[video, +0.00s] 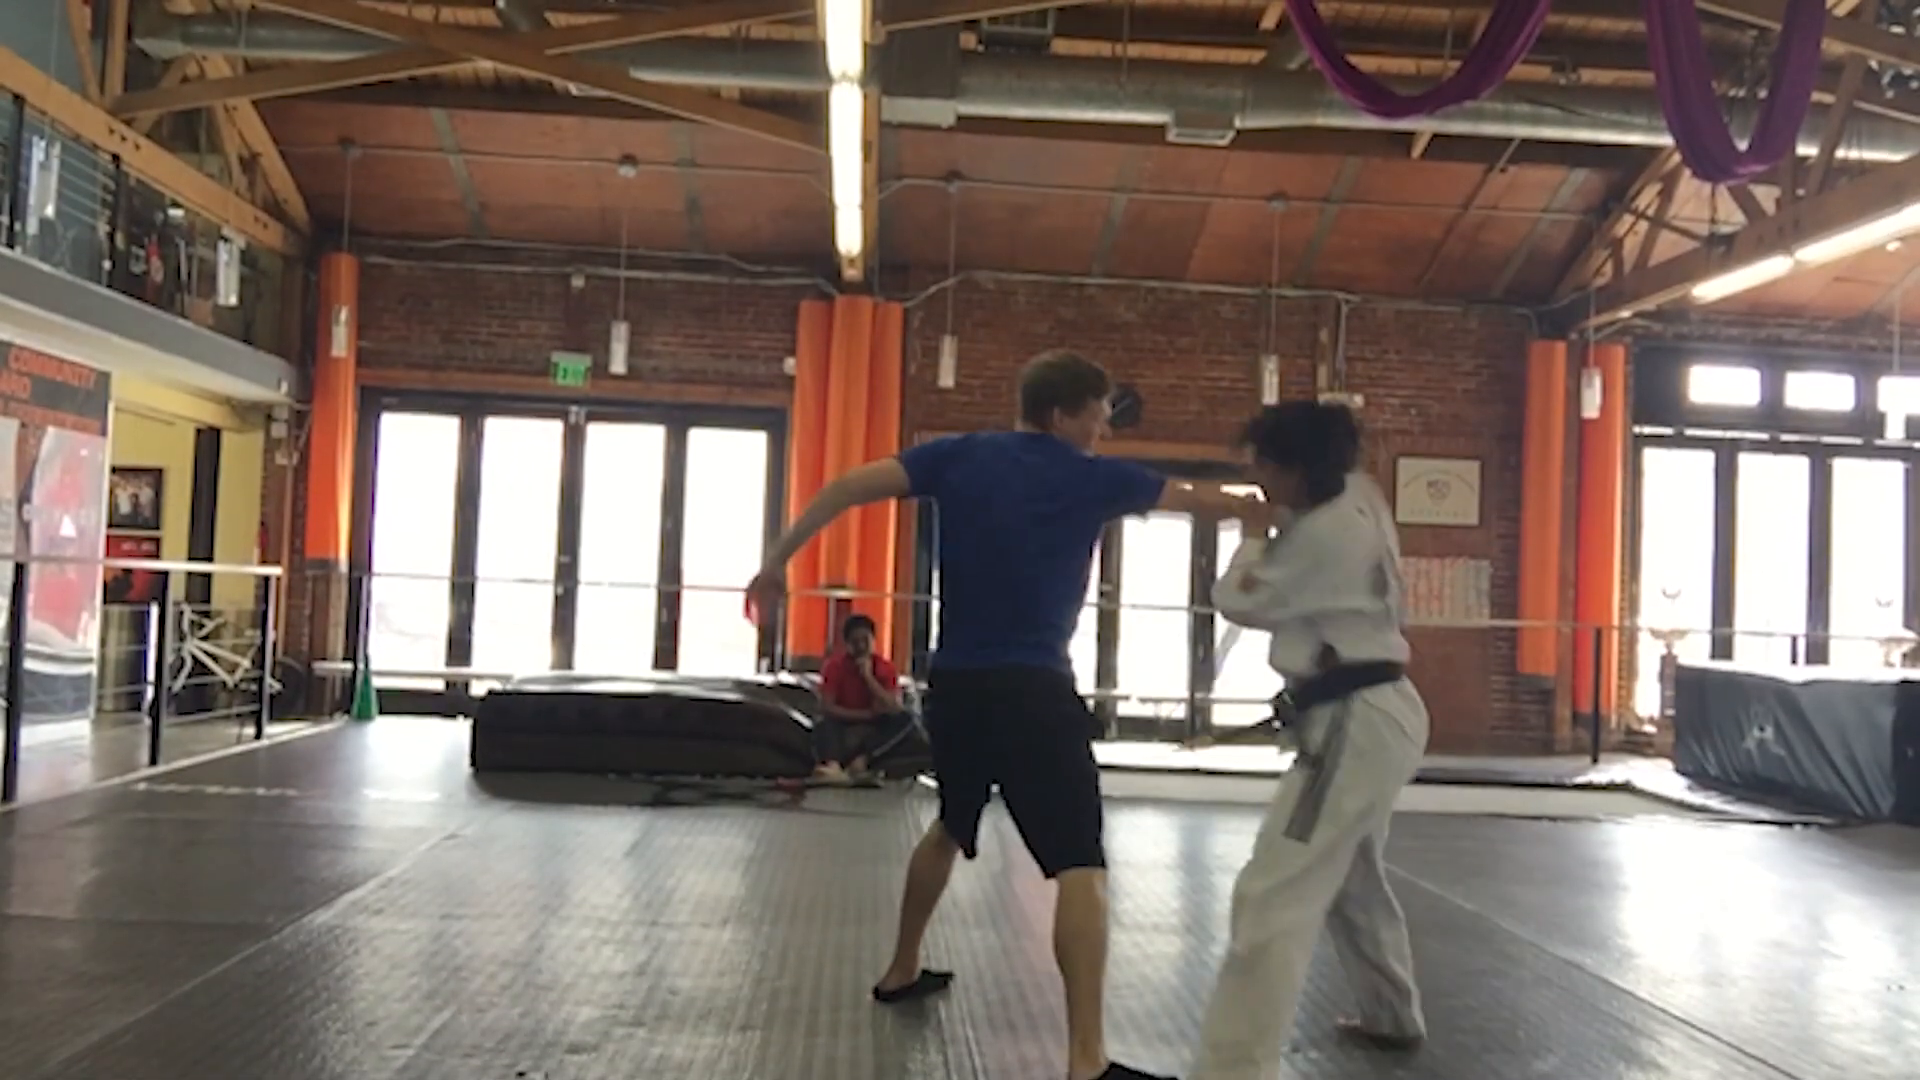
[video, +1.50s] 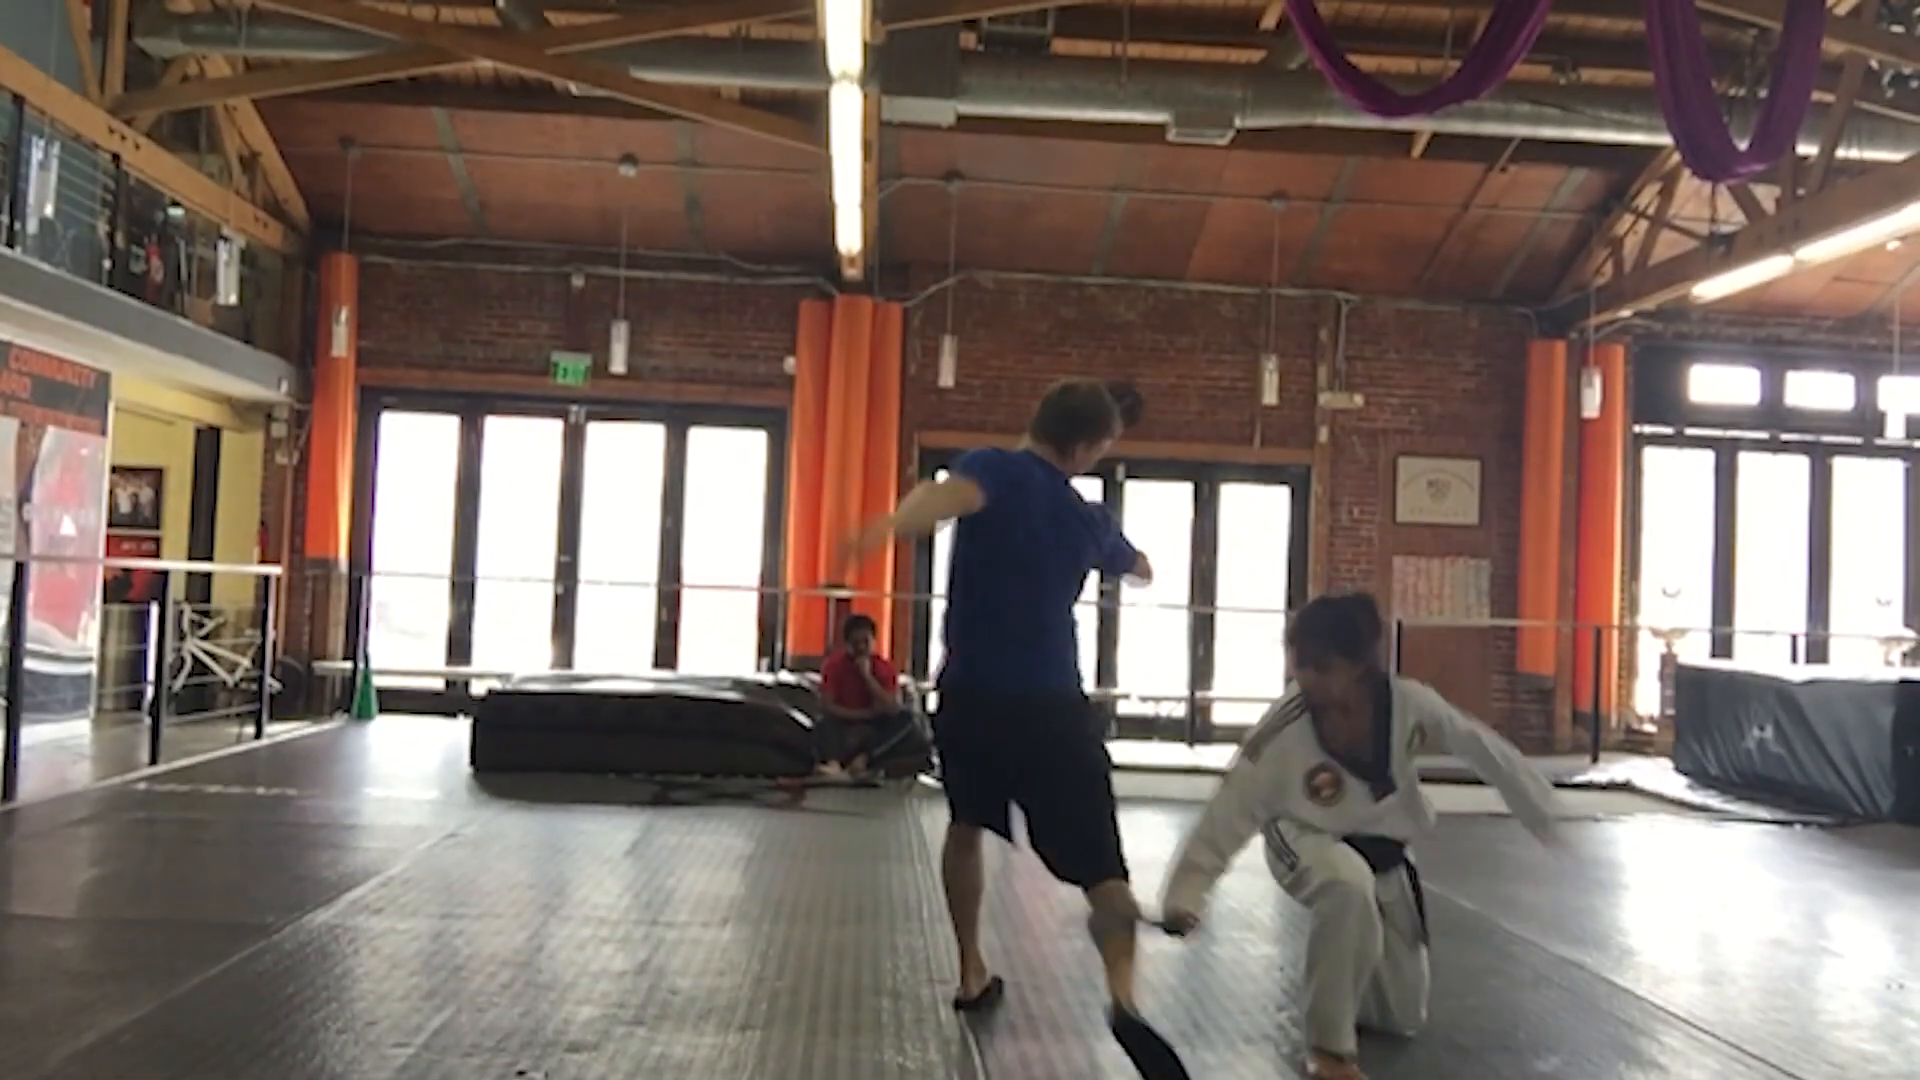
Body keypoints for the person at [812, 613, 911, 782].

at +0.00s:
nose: (861, 646)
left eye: (865, 640)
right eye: (855, 641)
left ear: (872, 640)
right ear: (846, 643)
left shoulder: (885, 668)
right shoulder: (834, 667)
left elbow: (893, 707)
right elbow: (827, 708)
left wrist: (868, 676)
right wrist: (868, 713)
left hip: (875, 720)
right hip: (842, 721)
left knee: (904, 720)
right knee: (824, 726)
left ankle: (863, 761)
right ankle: (831, 764)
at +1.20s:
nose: (862, 648)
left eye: (866, 642)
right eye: (856, 642)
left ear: (873, 642)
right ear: (847, 644)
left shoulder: (884, 668)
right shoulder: (834, 667)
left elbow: (892, 708)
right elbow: (827, 707)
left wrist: (867, 676)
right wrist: (868, 714)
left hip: (875, 721)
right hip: (843, 723)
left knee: (906, 721)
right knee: (822, 729)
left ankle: (866, 761)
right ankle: (832, 765)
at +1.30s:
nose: (861, 646)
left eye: (865, 640)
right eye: (855, 641)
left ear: (873, 640)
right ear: (847, 643)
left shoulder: (884, 667)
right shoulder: (834, 666)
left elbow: (892, 707)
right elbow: (827, 706)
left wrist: (868, 676)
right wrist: (869, 713)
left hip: (875, 720)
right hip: (842, 720)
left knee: (906, 720)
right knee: (821, 729)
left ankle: (866, 759)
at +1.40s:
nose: (861, 645)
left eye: (865, 639)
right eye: (856, 640)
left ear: (873, 638)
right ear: (847, 641)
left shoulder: (884, 665)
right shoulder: (834, 664)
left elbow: (892, 706)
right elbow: (827, 705)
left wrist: (868, 675)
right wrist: (869, 711)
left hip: (875, 718)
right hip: (842, 719)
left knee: (906, 718)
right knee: (821, 729)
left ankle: (866, 757)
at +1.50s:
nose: (861, 647)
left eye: (865, 641)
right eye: (856, 642)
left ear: (873, 641)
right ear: (847, 643)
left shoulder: (885, 668)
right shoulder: (833, 666)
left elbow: (892, 708)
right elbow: (827, 706)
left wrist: (868, 676)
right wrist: (868, 713)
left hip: (875, 719)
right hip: (842, 720)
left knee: (906, 719)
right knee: (823, 727)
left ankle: (865, 759)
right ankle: (833, 763)